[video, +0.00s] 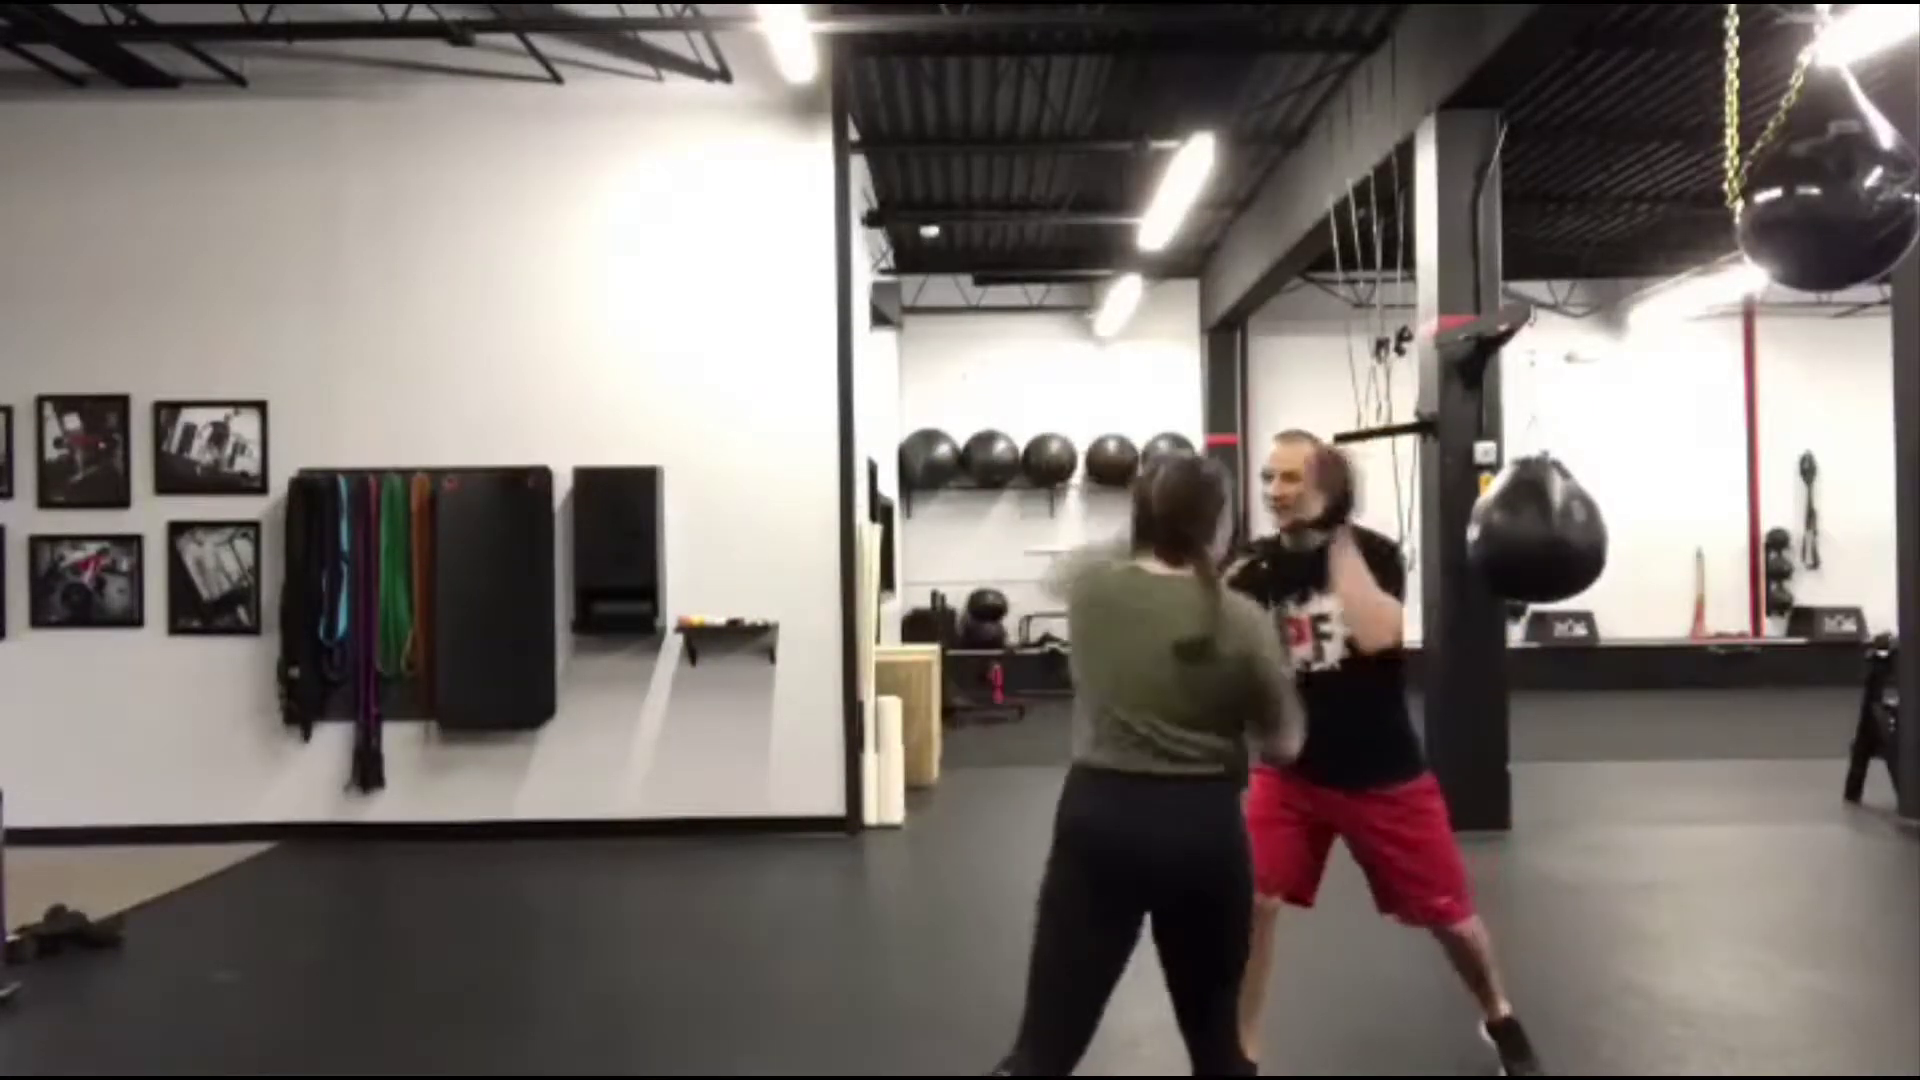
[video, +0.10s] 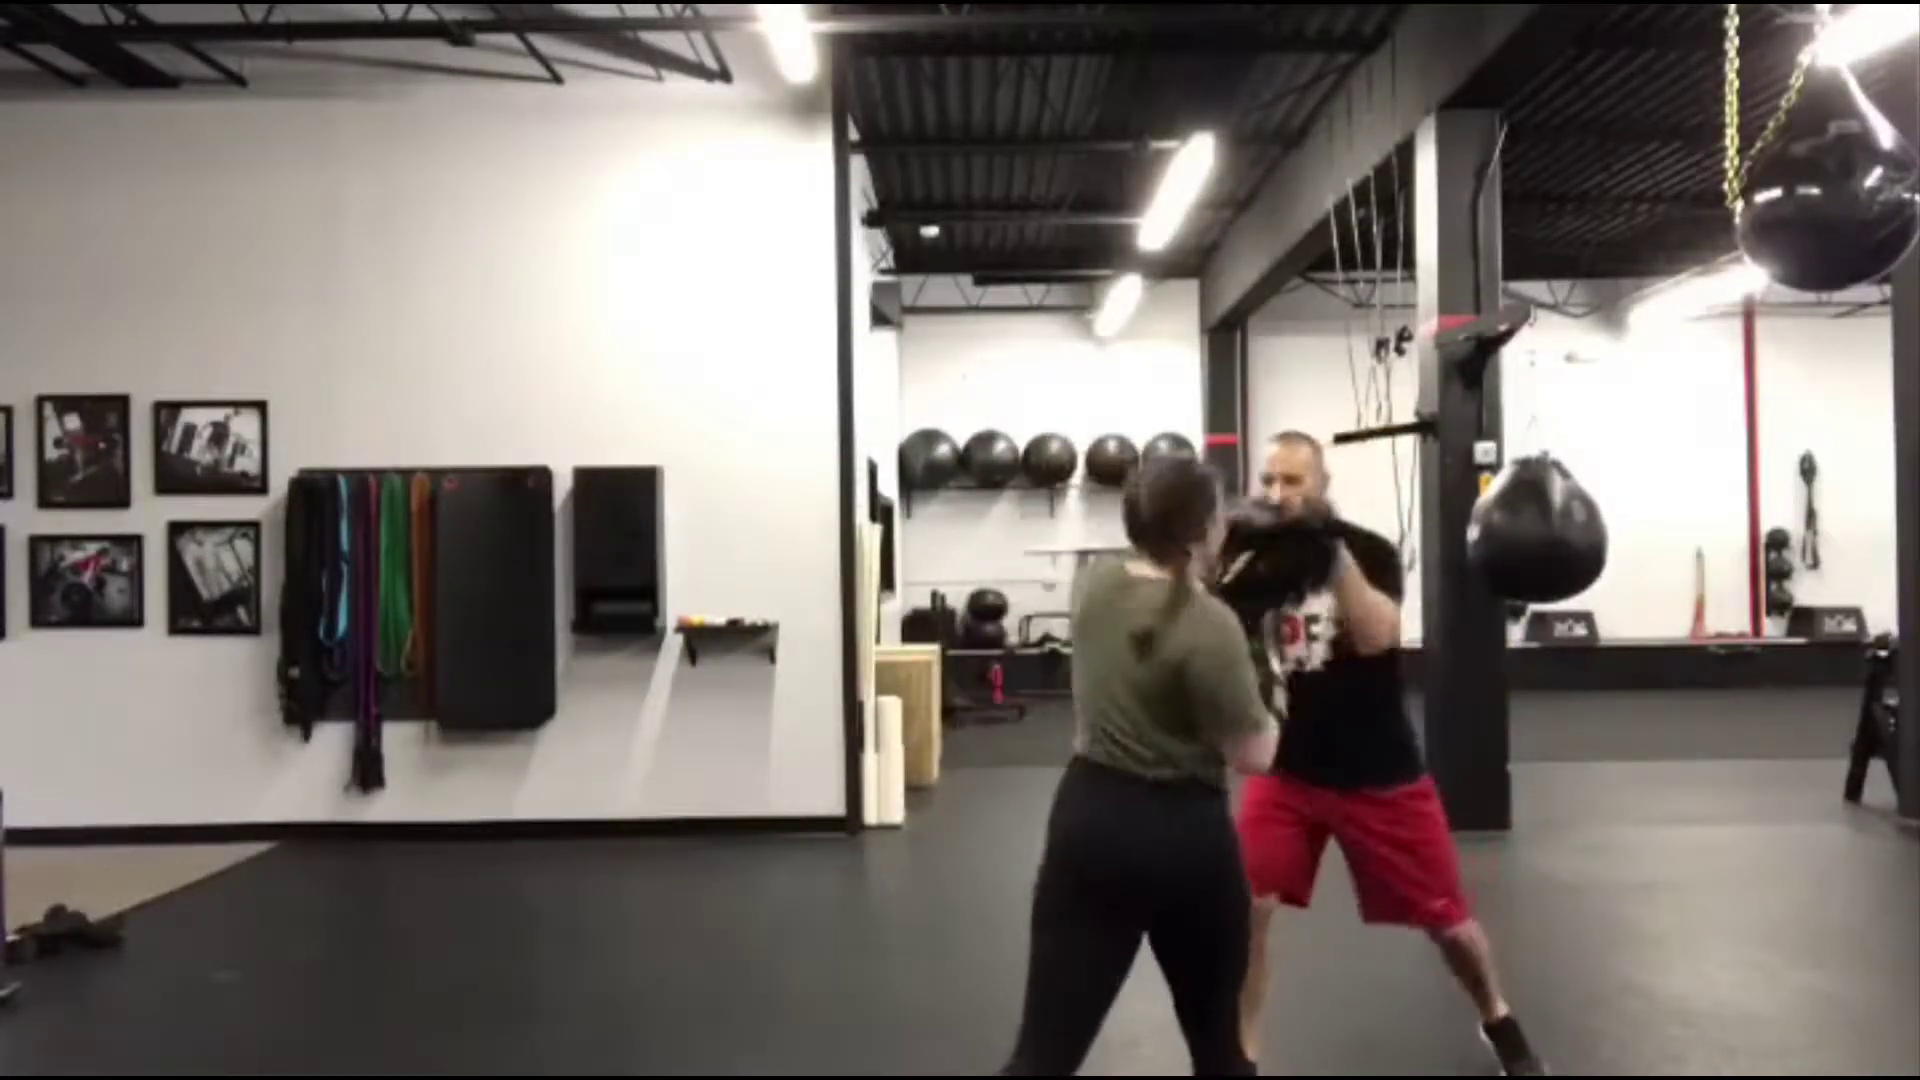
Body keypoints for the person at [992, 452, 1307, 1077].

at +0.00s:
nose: (1233, 522)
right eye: (1227, 512)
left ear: (1138, 517)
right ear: (1217, 526)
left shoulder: (1092, 587)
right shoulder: (1244, 621)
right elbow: (1283, 740)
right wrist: (1222, 702)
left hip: (1100, 815)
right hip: (1203, 825)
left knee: (1046, 1043)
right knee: (1216, 1038)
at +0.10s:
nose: (1223, 526)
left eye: (1221, 514)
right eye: (1219, 515)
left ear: (1133, 522)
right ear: (1202, 531)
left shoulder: (1094, 585)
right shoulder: (1210, 627)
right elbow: (1254, 751)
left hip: (1091, 811)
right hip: (1187, 830)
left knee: (1045, 1048)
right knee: (1218, 1044)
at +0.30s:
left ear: (1078, 537)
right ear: (1159, 535)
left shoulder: (1038, 639)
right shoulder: (1208, 632)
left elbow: (1015, 735)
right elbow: (1265, 742)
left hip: (1073, 862)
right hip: (1182, 859)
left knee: (1028, 1055)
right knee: (1200, 1032)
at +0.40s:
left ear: (1047, 580)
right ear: (1128, 568)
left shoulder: (1031, 688)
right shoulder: (1182, 661)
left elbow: (998, 798)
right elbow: (1229, 759)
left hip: (1063, 905)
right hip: (1168, 897)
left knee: (1000, 1063)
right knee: (1166, 1034)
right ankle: (1206, 1069)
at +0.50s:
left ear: (1045, 590)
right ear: (1124, 576)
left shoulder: (1041, 695)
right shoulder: (1178, 673)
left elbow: (995, 823)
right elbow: (1213, 779)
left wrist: (998, 738)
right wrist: (1138, 741)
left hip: (1061, 918)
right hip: (1164, 910)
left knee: (980, 1062)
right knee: (1146, 1035)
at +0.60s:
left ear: (1076, 559)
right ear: (1153, 555)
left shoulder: (1043, 657)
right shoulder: (1204, 657)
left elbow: (983, 759)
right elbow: (1234, 771)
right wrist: (1167, 722)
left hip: (1064, 891)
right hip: (1171, 893)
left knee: (1003, 1060)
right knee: (1169, 1033)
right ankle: (1204, 1073)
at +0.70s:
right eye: (1198, 528)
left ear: (1119, 532)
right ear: (1197, 538)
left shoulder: (1067, 613)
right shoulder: (1236, 642)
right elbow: (1276, 767)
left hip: (1078, 852)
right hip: (1187, 859)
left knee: (1035, 1050)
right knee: (1199, 1033)